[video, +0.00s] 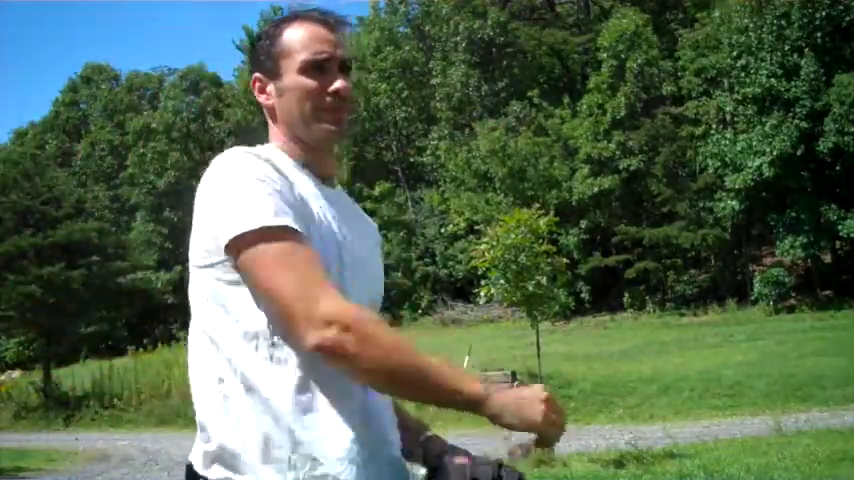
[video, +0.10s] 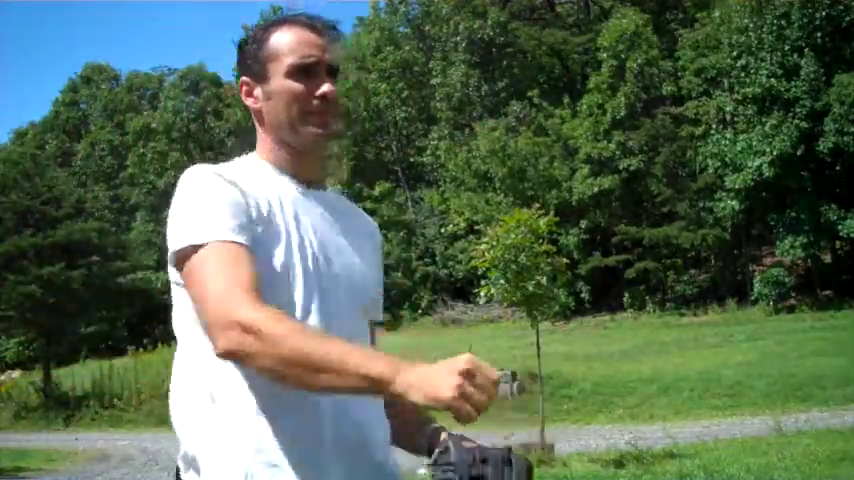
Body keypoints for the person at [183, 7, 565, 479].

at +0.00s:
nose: (341, 85)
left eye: (345, 69)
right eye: (317, 69)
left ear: (353, 80)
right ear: (265, 91)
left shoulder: (361, 224)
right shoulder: (242, 177)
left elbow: (354, 383)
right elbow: (325, 329)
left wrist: (436, 453)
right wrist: (491, 399)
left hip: (366, 466)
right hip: (264, 465)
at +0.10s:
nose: (328, 89)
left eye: (333, 75)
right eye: (306, 73)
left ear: (340, 86)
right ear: (253, 94)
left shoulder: (362, 228)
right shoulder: (212, 190)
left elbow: (363, 382)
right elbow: (236, 329)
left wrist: (440, 444)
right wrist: (403, 376)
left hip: (364, 472)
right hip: (252, 469)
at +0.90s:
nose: (232, 108)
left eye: (239, 94)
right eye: (210, 92)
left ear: (249, 107)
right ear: (160, 112)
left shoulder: (311, 218)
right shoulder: (118, 219)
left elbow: (384, 360)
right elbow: (21, 348)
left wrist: (280, 306)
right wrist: (138, 299)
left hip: (276, 468)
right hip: (148, 469)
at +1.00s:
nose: (231, 110)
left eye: (238, 96)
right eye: (209, 93)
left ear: (247, 108)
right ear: (158, 112)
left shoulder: (307, 217)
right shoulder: (115, 220)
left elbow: (371, 366)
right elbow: (24, 356)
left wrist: (282, 310)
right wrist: (137, 312)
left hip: (272, 467)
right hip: (145, 467)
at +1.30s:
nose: (228, 109)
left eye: (234, 94)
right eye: (205, 93)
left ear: (243, 106)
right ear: (155, 112)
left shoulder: (283, 221)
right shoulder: (108, 231)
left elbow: (348, 383)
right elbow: (62, 389)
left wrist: (320, 287)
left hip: (273, 469)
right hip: (151, 468)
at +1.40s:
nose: (227, 108)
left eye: (234, 93)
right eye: (204, 91)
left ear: (243, 106)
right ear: (154, 110)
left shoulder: (283, 221)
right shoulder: (105, 232)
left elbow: (348, 382)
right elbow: (64, 394)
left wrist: (327, 284)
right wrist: (68, 474)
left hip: (272, 469)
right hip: (145, 468)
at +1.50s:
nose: (227, 106)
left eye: (233, 91)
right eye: (205, 90)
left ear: (242, 104)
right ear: (154, 111)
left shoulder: (283, 223)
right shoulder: (103, 232)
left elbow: (347, 383)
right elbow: (56, 389)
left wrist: (328, 282)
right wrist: (45, 477)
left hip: (272, 470)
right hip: (141, 470)